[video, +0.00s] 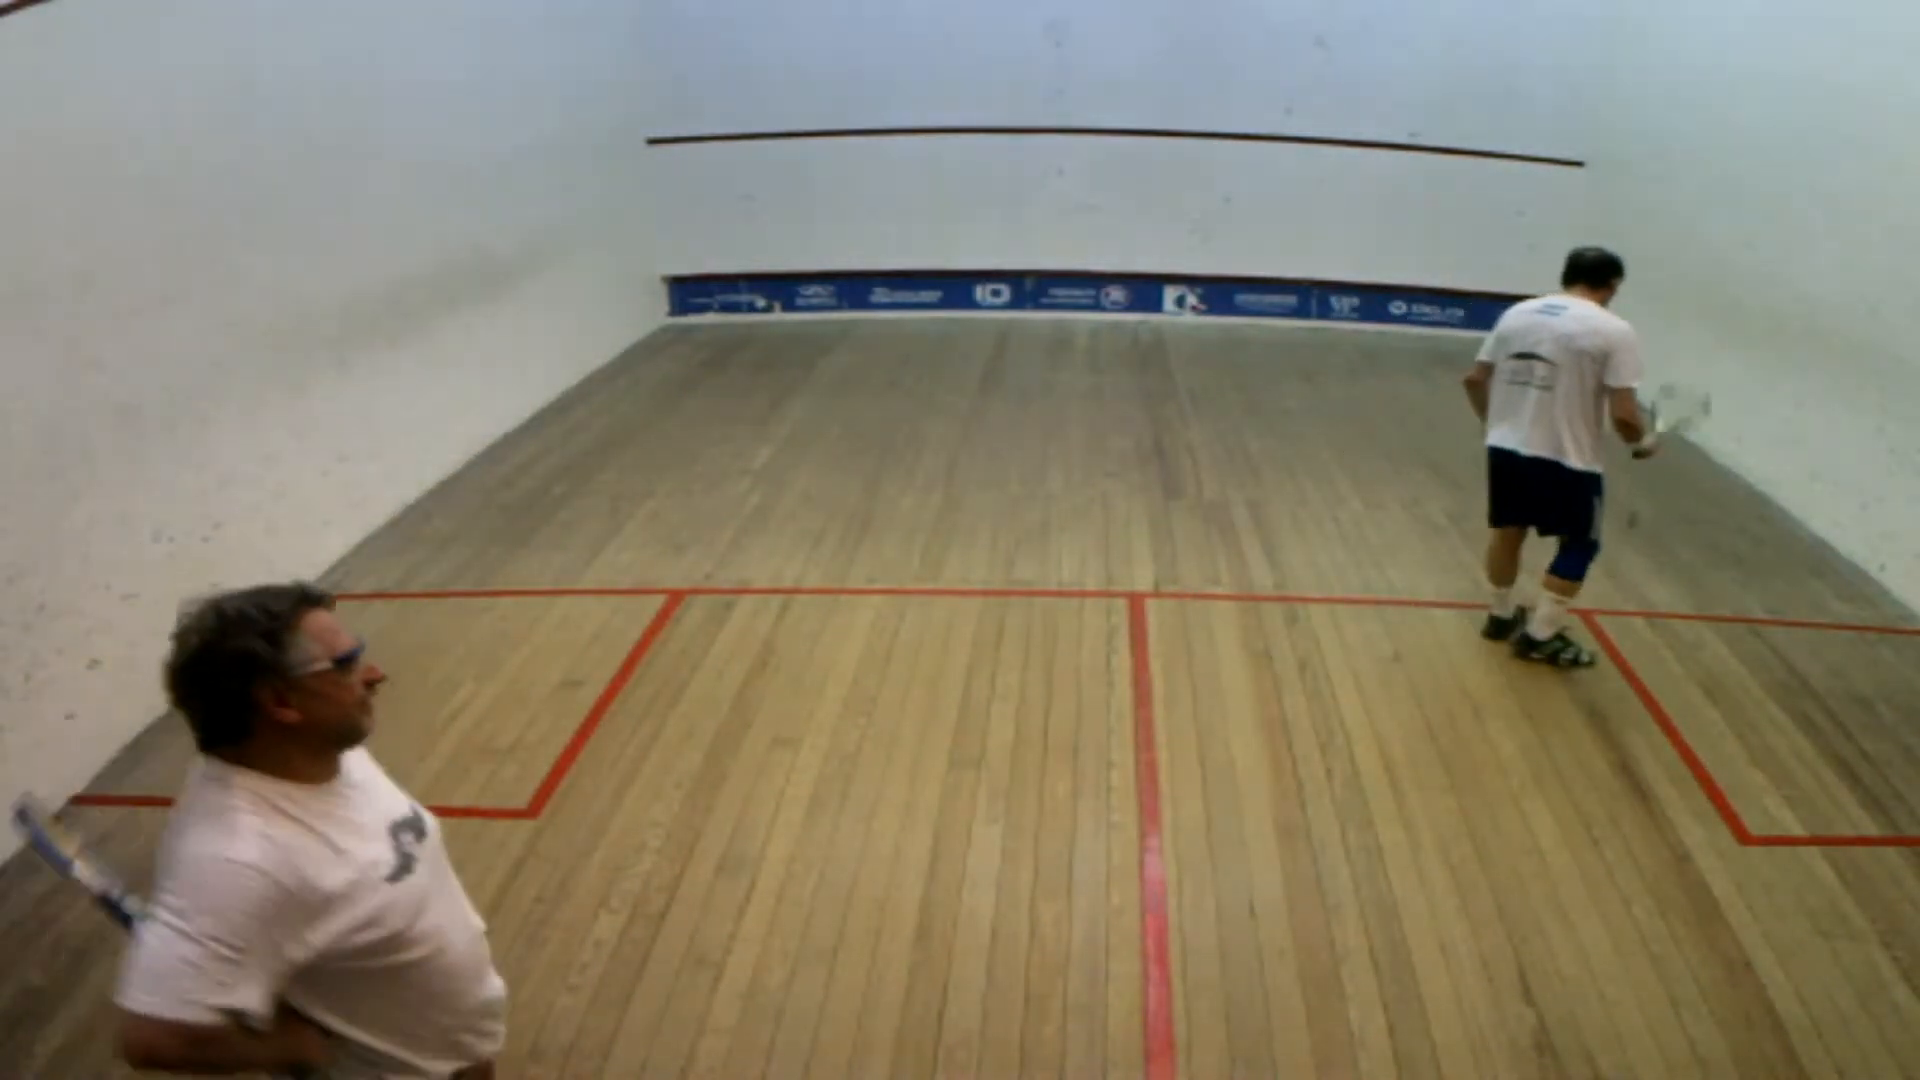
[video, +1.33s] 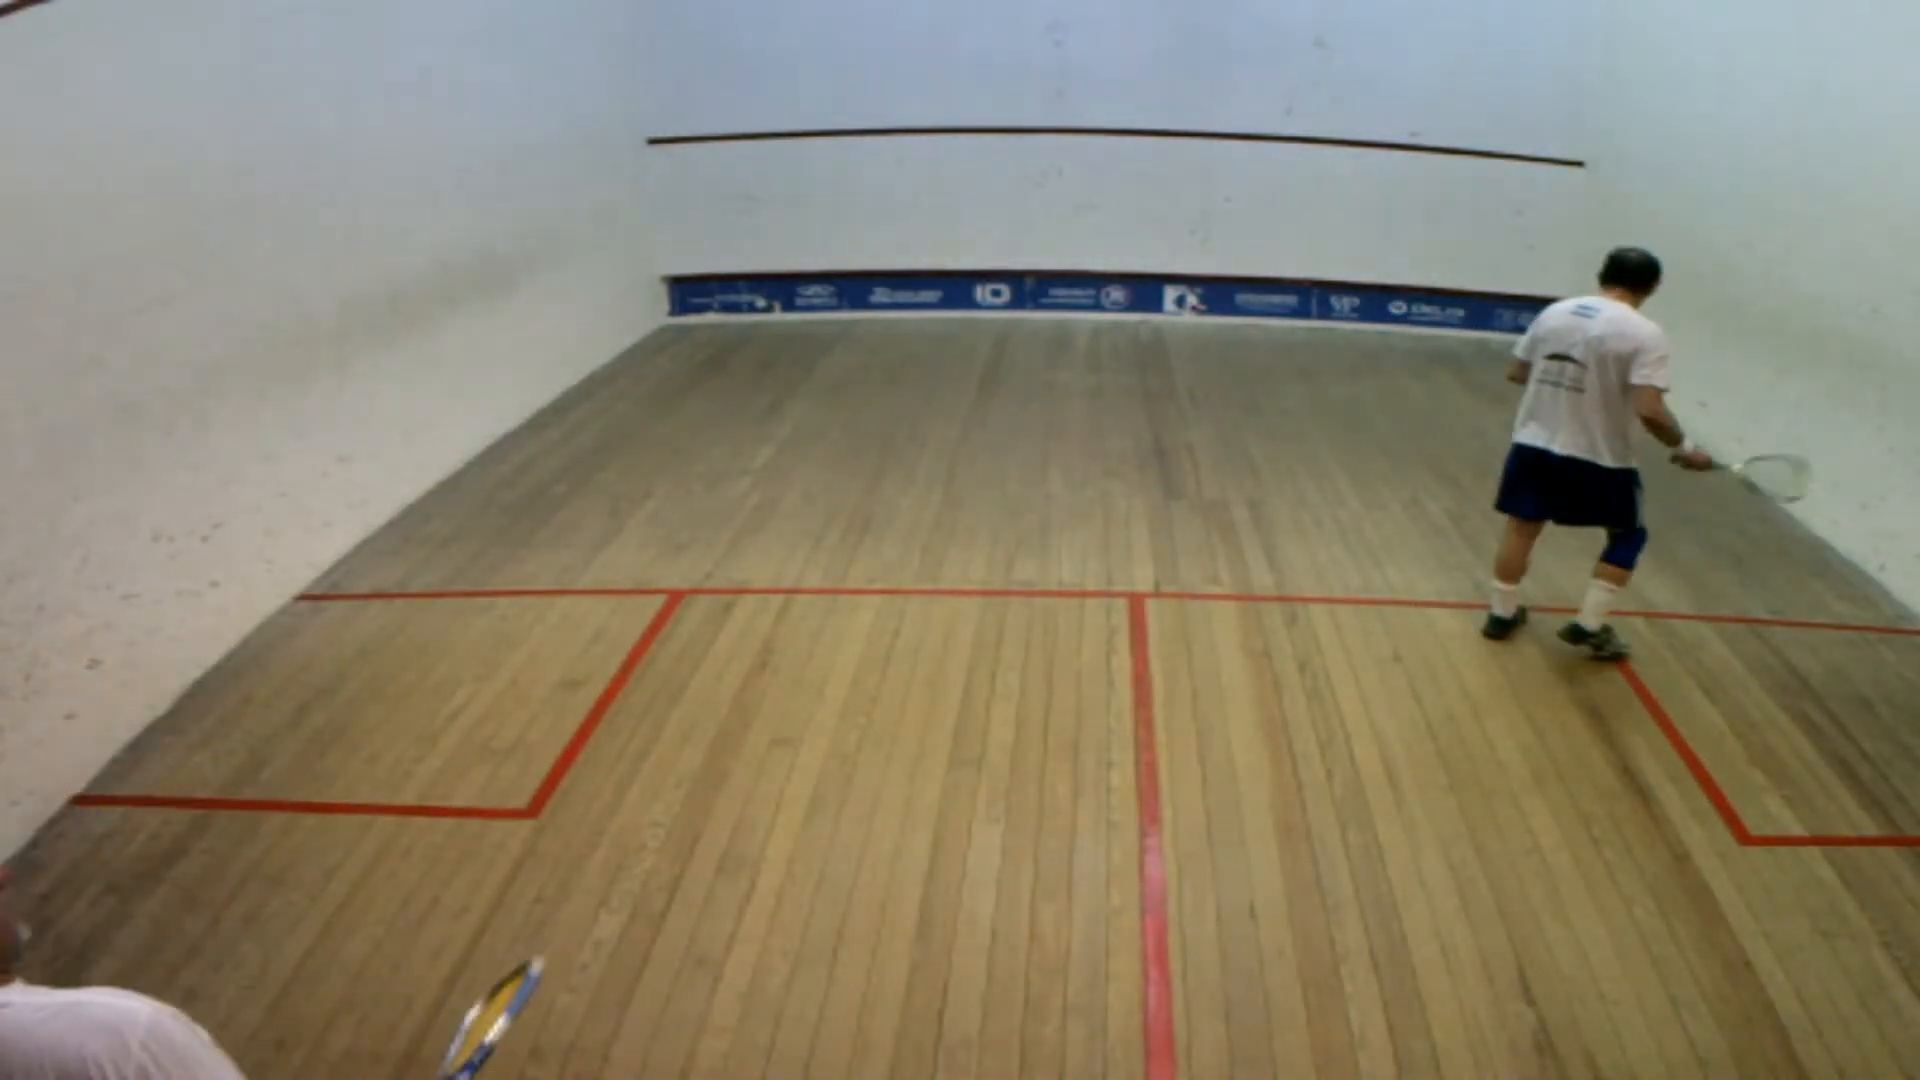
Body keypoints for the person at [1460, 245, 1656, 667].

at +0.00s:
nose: (1612, 298)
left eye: (1613, 292)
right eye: (1614, 291)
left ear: (1567, 280)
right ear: (1608, 288)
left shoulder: (1519, 313)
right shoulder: (1613, 332)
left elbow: (1476, 378)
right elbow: (1624, 416)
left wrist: (1495, 424)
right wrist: (1640, 442)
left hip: (1506, 448)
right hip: (1569, 458)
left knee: (1507, 529)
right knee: (1580, 543)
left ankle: (1500, 614)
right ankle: (1541, 634)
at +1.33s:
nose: (1648, 297)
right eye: (1650, 291)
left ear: (1604, 277)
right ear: (1648, 289)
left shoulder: (1557, 312)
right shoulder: (1645, 335)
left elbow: (1518, 372)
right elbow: (1649, 411)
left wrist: (1567, 375)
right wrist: (1682, 448)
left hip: (1535, 449)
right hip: (1600, 462)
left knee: (1521, 527)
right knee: (1627, 537)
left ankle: (1500, 615)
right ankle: (1588, 623)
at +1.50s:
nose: (1676, 297)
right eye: (1676, 291)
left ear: (1625, 282)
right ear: (1670, 294)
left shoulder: (1579, 319)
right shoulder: (1659, 338)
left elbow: (1559, 381)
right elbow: (1658, 410)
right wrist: (1717, 425)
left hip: (1552, 453)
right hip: (1618, 467)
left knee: (1527, 532)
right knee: (1629, 552)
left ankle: (1500, 615)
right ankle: (1639, 634)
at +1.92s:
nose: (1751, 312)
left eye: (1749, 303)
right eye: (1752, 305)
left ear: (1703, 292)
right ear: (1743, 308)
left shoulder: (1662, 324)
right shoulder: (1715, 353)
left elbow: (1646, 389)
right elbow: (1725, 425)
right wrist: (1797, 409)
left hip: (1608, 450)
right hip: (1666, 475)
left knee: (1567, 531)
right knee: (1661, 558)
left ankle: (1510, 607)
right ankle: (1640, 636)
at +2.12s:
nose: (1770, 312)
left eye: (1766, 303)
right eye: (1771, 306)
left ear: (1722, 295)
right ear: (1763, 312)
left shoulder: (1683, 323)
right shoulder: (1735, 361)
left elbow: (1704, 367)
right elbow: (1762, 432)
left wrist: (1760, 356)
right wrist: (1825, 404)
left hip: (1619, 448)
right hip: (1676, 478)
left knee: (1576, 523)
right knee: (1664, 559)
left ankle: (1516, 599)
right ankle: (1641, 636)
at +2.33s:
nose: (1791, 323)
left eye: (1789, 313)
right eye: (1791, 316)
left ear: (1741, 300)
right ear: (1780, 320)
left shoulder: (1700, 324)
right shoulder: (1746, 369)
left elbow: (1668, 343)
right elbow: (1798, 432)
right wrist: (1862, 399)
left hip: (1623, 449)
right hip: (1677, 484)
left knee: (1579, 524)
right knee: (1672, 559)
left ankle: (1516, 598)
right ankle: (1640, 636)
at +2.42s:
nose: (1793, 331)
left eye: (1795, 323)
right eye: (1793, 323)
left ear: (1743, 307)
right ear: (1779, 324)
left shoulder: (1698, 328)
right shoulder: (1756, 373)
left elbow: (1630, 338)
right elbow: (1825, 434)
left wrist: (1648, 351)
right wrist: (1886, 418)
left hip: (1623, 451)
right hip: (1679, 487)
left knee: (1574, 525)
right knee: (1685, 551)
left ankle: (1510, 595)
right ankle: (1641, 634)